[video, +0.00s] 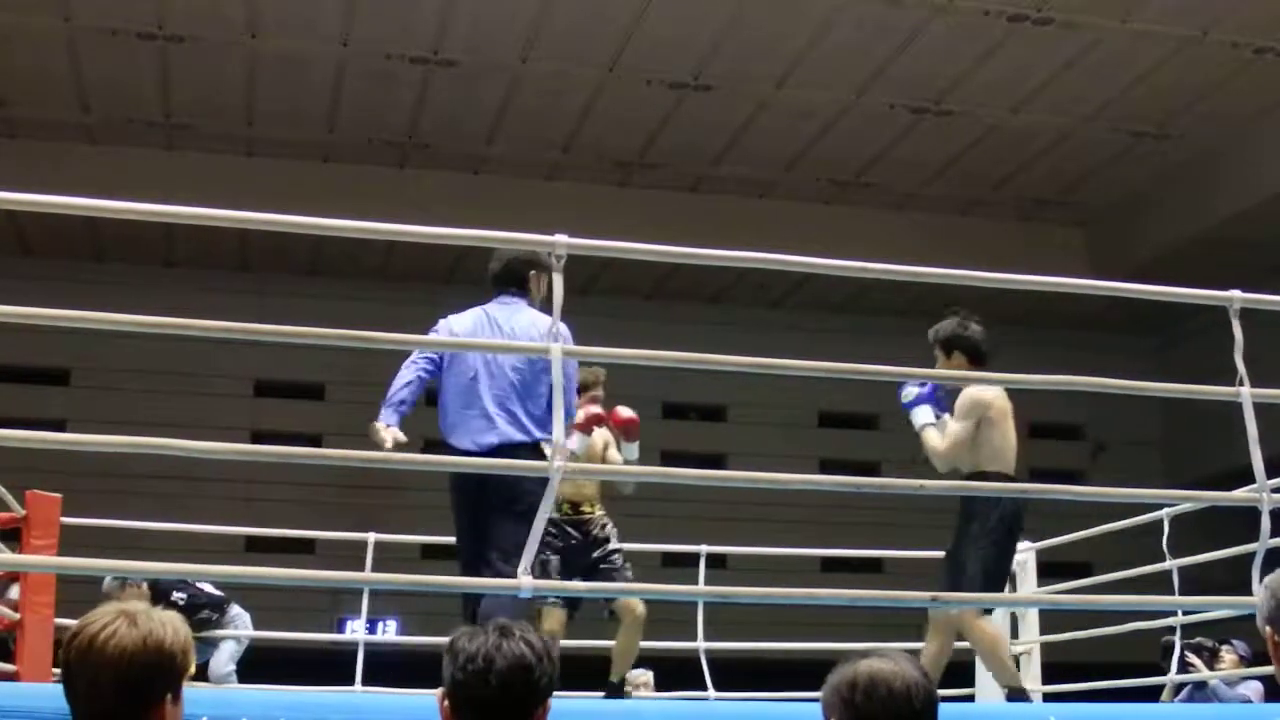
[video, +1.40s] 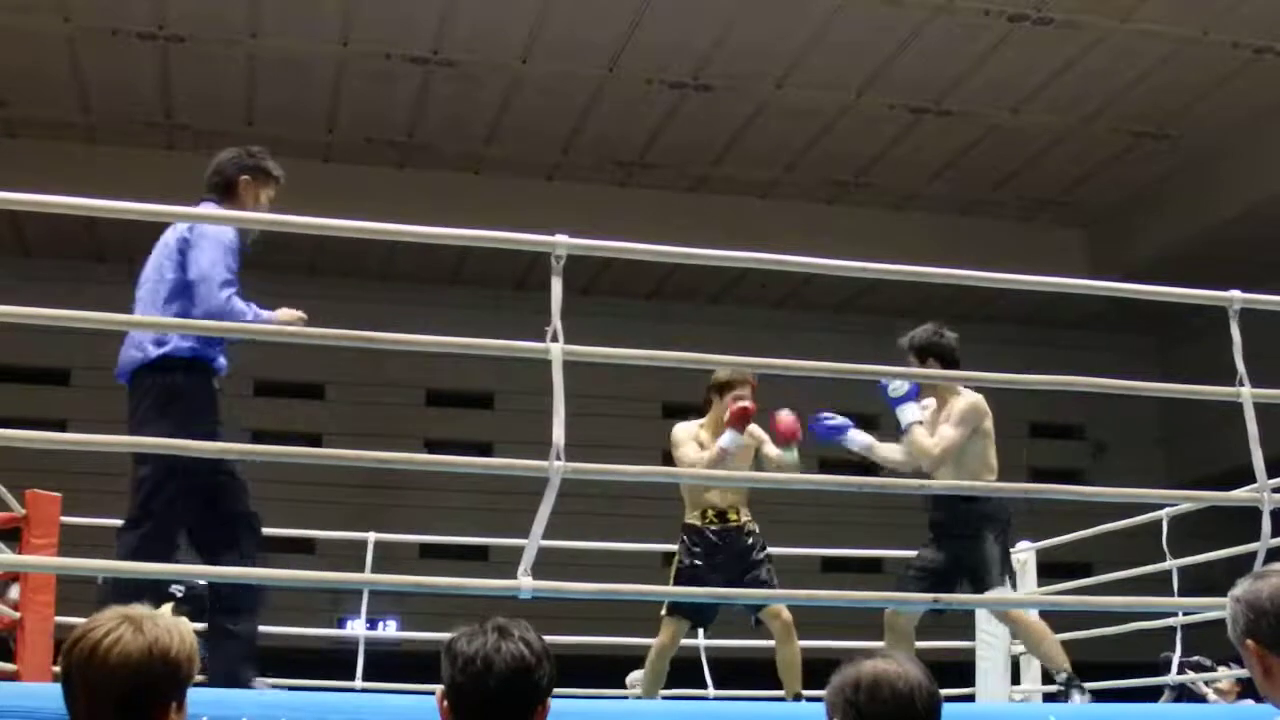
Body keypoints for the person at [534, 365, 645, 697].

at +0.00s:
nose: (598, 404)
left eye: (601, 397)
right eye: (592, 397)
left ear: (603, 398)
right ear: (573, 397)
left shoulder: (605, 433)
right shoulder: (552, 428)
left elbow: (625, 484)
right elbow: (554, 469)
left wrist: (629, 442)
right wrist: (580, 433)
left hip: (596, 519)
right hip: (556, 519)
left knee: (634, 612)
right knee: (553, 623)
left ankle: (614, 692)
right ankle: (540, 698)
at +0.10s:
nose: (621, 412)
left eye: (624, 405)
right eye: (615, 404)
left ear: (624, 408)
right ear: (593, 403)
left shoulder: (624, 444)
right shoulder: (561, 439)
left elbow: (643, 496)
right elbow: (571, 486)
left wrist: (652, 456)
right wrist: (604, 445)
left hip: (622, 534)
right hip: (581, 538)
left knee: (662, 620)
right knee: (566, 636)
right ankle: (548, 705)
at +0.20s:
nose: (648, 424)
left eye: (652, 417)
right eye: (643, 416)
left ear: (654, 419)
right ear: (622, 415)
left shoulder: (651, 455)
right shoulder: (590, 453)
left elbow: (672, 506)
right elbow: (605, 491)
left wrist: (676, 462)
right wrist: (640, 456)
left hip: (649, 552)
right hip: (608, 555)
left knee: (696, 630)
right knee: (587, 647)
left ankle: (719, 706)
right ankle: (553, 709)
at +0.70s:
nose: (680, 411)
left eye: (683, 404)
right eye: (674, 403)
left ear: (682, 406)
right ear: (651, 403)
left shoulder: (681, 445)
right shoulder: (619, 440)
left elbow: (693, 501)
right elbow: (627, 493)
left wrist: (709, 465)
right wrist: (666, 455)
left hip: (675, 542)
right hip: (631, 543)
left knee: (724, 617)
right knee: (602, 638)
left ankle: (743, 701)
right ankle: (577, 710)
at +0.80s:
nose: (691, 404)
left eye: (695, 398)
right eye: (685, 397)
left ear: (698, 400)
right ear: (664, 397)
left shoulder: (700, 436)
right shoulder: (632, 432)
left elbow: (736, 468)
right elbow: (640, 473)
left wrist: (740, 435)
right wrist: (674, 438)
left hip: (688, 543)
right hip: (643, 542)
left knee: (730, 622)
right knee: (608, 636)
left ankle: (763, 699)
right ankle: (580, 707)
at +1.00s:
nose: (722, 404)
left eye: (727, 398)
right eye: (716, 396)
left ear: (730, 400)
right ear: (693, 395)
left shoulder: (733, 432)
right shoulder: (659, 428)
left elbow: (780, 455)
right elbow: (660, 466)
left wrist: (794, 434)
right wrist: (697, 436)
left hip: (713, 535)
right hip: (668, 535)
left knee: (747, 624)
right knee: (640, 630)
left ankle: (765, 705)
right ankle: (624, 701)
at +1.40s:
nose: (742, 408)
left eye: (747, 401)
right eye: (735, 400)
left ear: (752, 402)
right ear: (715, 398)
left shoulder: (752, 432)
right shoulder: (684, 432)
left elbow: (785, 466)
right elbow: (698, 471)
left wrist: (790, 444)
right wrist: (729, 437)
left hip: (744, 535)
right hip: (699, 537)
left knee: (783, 621)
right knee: (668, 638)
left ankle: (796, 704)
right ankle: (646, 706)